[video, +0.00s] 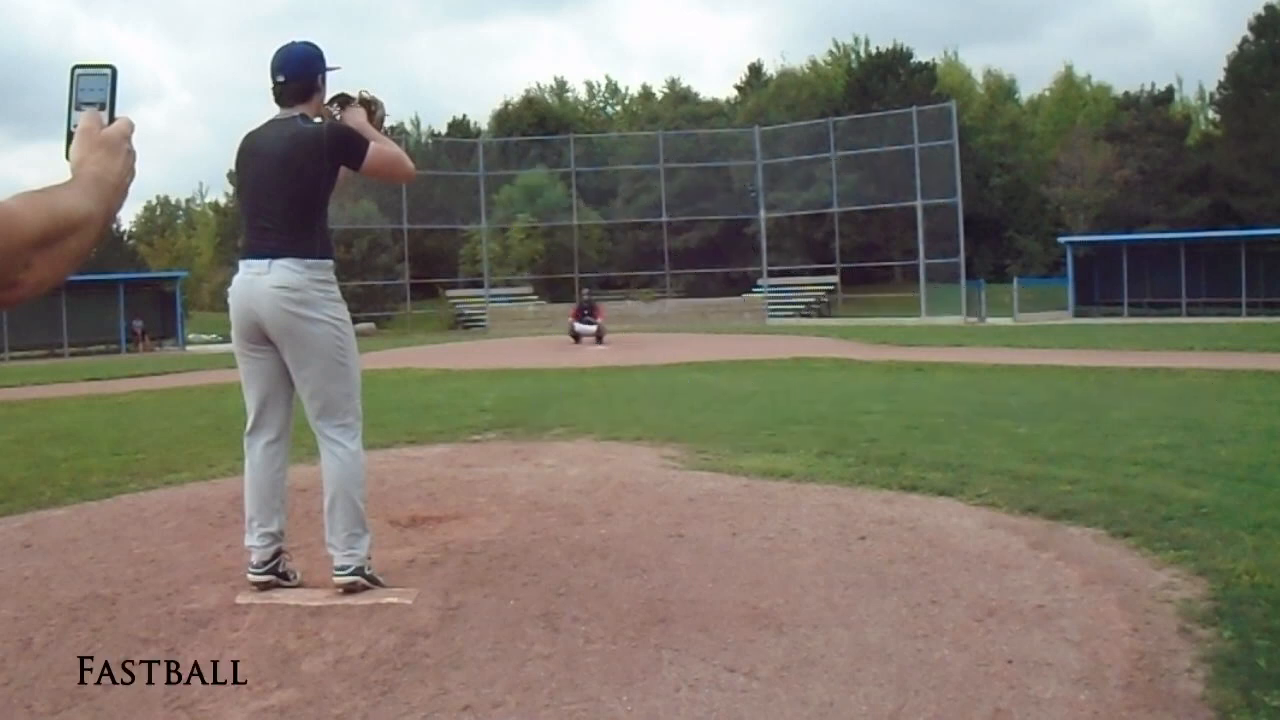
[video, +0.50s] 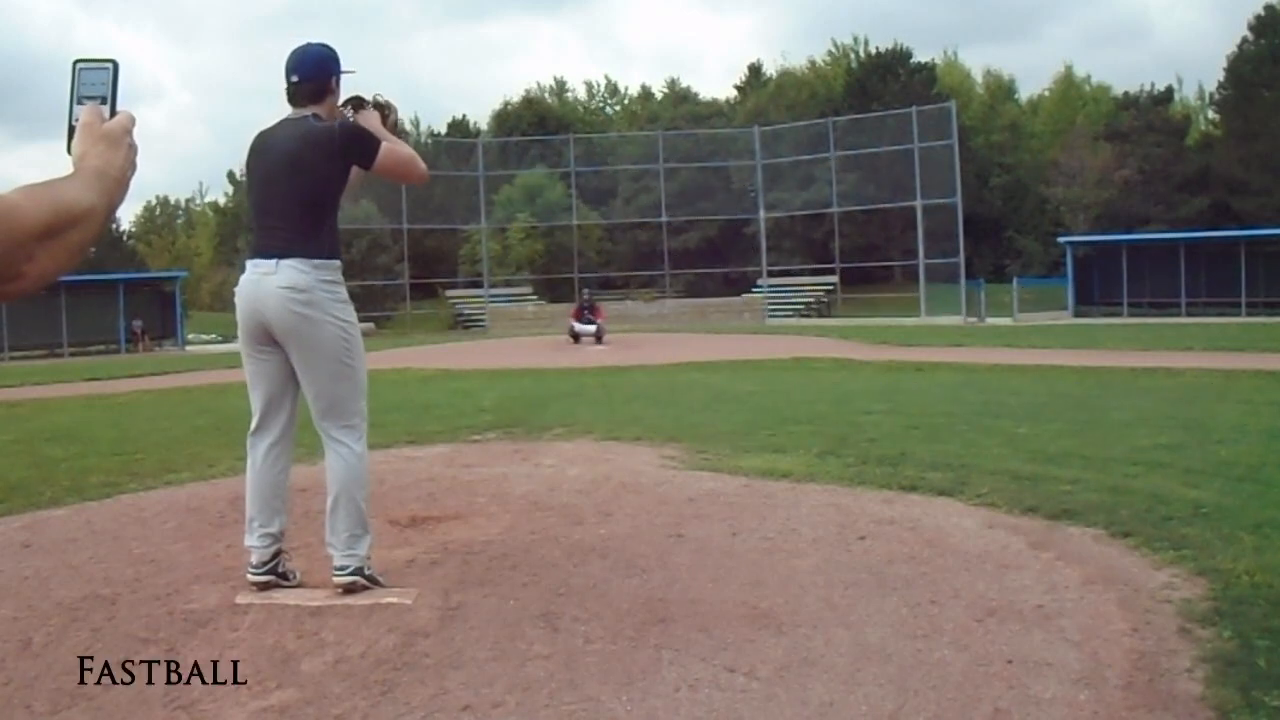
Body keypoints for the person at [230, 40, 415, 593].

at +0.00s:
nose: (327, 88)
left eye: (322, 81)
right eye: (325, 81)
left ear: (275, 88)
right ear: (320, 86)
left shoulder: (250, 143)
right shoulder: (327, 135)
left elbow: (305, 186)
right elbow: (402, 167)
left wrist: (329, 132)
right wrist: (361, 125)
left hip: (247, 288)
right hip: (303, 286)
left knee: (264, 430)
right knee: (338, 429)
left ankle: (263, 558)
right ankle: (350, 561)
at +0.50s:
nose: (340, 91)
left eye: (335, 83)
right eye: (339, 83)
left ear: (289, 89)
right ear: (333, 87)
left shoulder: (262, 142)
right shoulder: (337, 136)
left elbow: (330, 192)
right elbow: (415, 169)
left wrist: (357, 133)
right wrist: (376, 126)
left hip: (253, 287)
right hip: (310, 287)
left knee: (269, 428)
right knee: (343, 431)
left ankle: (264, 557)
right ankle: (350, 562)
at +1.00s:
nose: (356, 98)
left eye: (349, 90)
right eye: (357, 90)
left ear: (306, 94)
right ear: (352, 94)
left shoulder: (276, 143)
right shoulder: (354, 135)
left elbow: (335, 203)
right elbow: (429, 176)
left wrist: (370, 149)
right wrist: (392, 134)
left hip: (255, 292)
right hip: (314, 290)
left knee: (282, 426)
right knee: (347, 437)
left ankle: (253, 551)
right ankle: (350, 564)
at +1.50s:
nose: (306, 107)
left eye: (300, 98)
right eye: (306, 99)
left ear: (254, 102)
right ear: (300, 102)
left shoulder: (220, 153)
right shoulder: (300, 145)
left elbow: (274, 221)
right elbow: (377, 188)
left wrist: (320, 167)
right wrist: (344, 145)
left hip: (198, 302)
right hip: (261, 301)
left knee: (220, 462)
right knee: (317, 437)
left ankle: (236, 602)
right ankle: (344, 562)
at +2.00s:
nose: (279, 107)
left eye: (274, 98)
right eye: (280, 99)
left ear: (226, 100)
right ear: (272, 101)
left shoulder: (194, 153)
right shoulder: (273, 145)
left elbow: (259, 218)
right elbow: (352, 186)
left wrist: (300, 160)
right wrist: (321, 143)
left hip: (178, 310)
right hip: (239, 306)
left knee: (213, 462)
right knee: (297, 423)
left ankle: (234, 602)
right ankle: (286, 557)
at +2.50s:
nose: (303, 126)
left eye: (300, 118)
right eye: (302, 118)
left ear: (251, 122)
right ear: (292, 119)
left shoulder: (228, 176)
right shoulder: (279, 170)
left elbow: (291, 240)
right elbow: (365, 194)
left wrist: (337, 200)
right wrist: (352, 146)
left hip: (215, 330)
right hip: (265, 329)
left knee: (251, 463)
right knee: (330, 446)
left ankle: (236, 589)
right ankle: (312, 573)